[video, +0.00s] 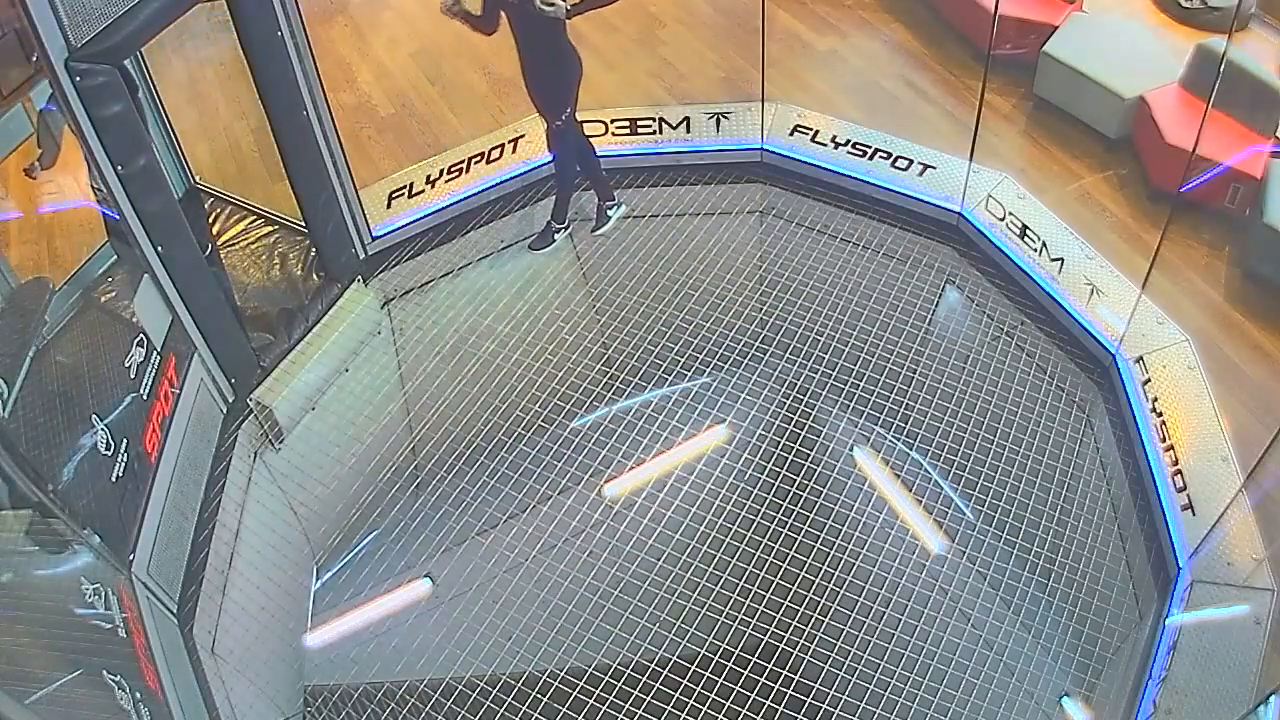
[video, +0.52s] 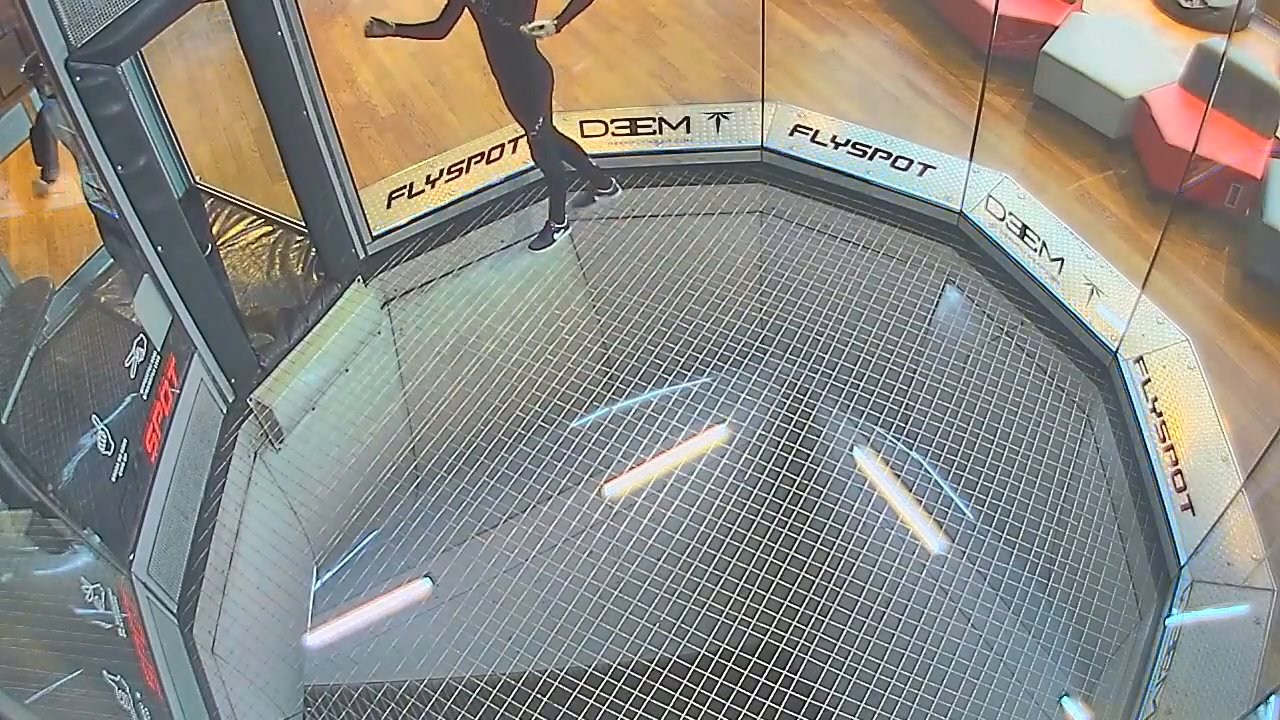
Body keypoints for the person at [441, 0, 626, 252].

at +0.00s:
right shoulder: (496, 2)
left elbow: (606, 0)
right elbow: (488, 25)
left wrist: (569, 11)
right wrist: (461, 14)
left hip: (562, 61)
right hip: (531, 67)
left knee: (560, 138)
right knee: (571, 133)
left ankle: (559, 222)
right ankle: (608, 201)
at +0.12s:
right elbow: (472, 27)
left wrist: (560, 6)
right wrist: (445, 28)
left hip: (553, 62)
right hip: (521, 68)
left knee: (554, 139)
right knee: (565, 133)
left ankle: (557, 221)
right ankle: (607, 199)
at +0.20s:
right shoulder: (479, 1)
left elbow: (598, 1)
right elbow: (463, 28)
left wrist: (554, 5)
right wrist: (428, 33)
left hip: (548, 65)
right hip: (517, 71)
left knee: (552, 144)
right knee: (562, 135)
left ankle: (557, 221)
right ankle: (604, 197)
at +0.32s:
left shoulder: (529, 1)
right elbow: (451, 30)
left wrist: (549, 10)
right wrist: (408, 31)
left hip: (542, 68)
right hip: (511, 73)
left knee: (547, 145)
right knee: (557, 135)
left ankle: (557, 222)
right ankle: (602, 196)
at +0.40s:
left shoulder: (524, 2)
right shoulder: (469, 1)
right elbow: (446, 31)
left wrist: (558, 14)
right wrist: (400, 32)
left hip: (538, 71)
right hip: (508, 77)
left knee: (543, 149)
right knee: (554, 136)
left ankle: (558, 222)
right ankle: (603, 190)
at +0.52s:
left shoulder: (524, 0)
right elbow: (439, 28)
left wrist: (558, 23)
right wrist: (391, 29)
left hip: (532, 72)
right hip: (504, 77)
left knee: (542, 153)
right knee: (548, 137)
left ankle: (559, 221)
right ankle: (602, 182)